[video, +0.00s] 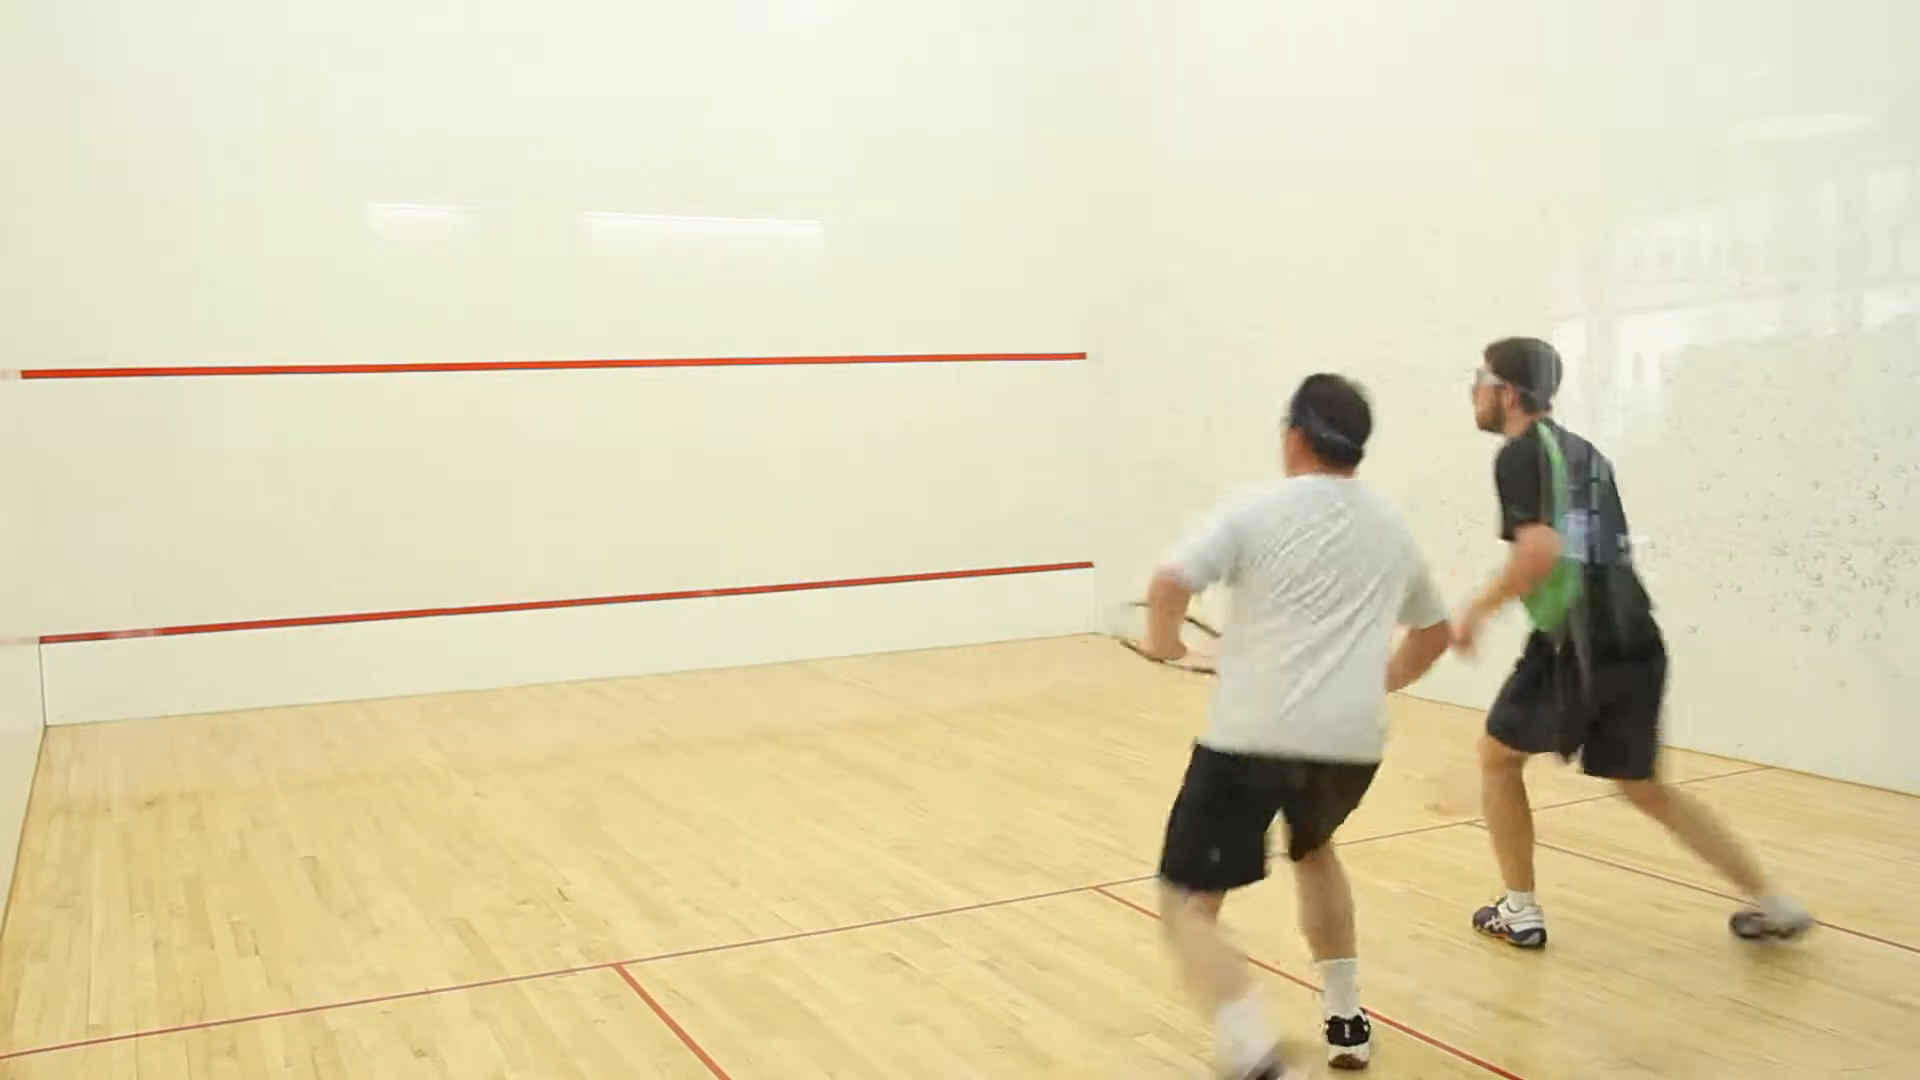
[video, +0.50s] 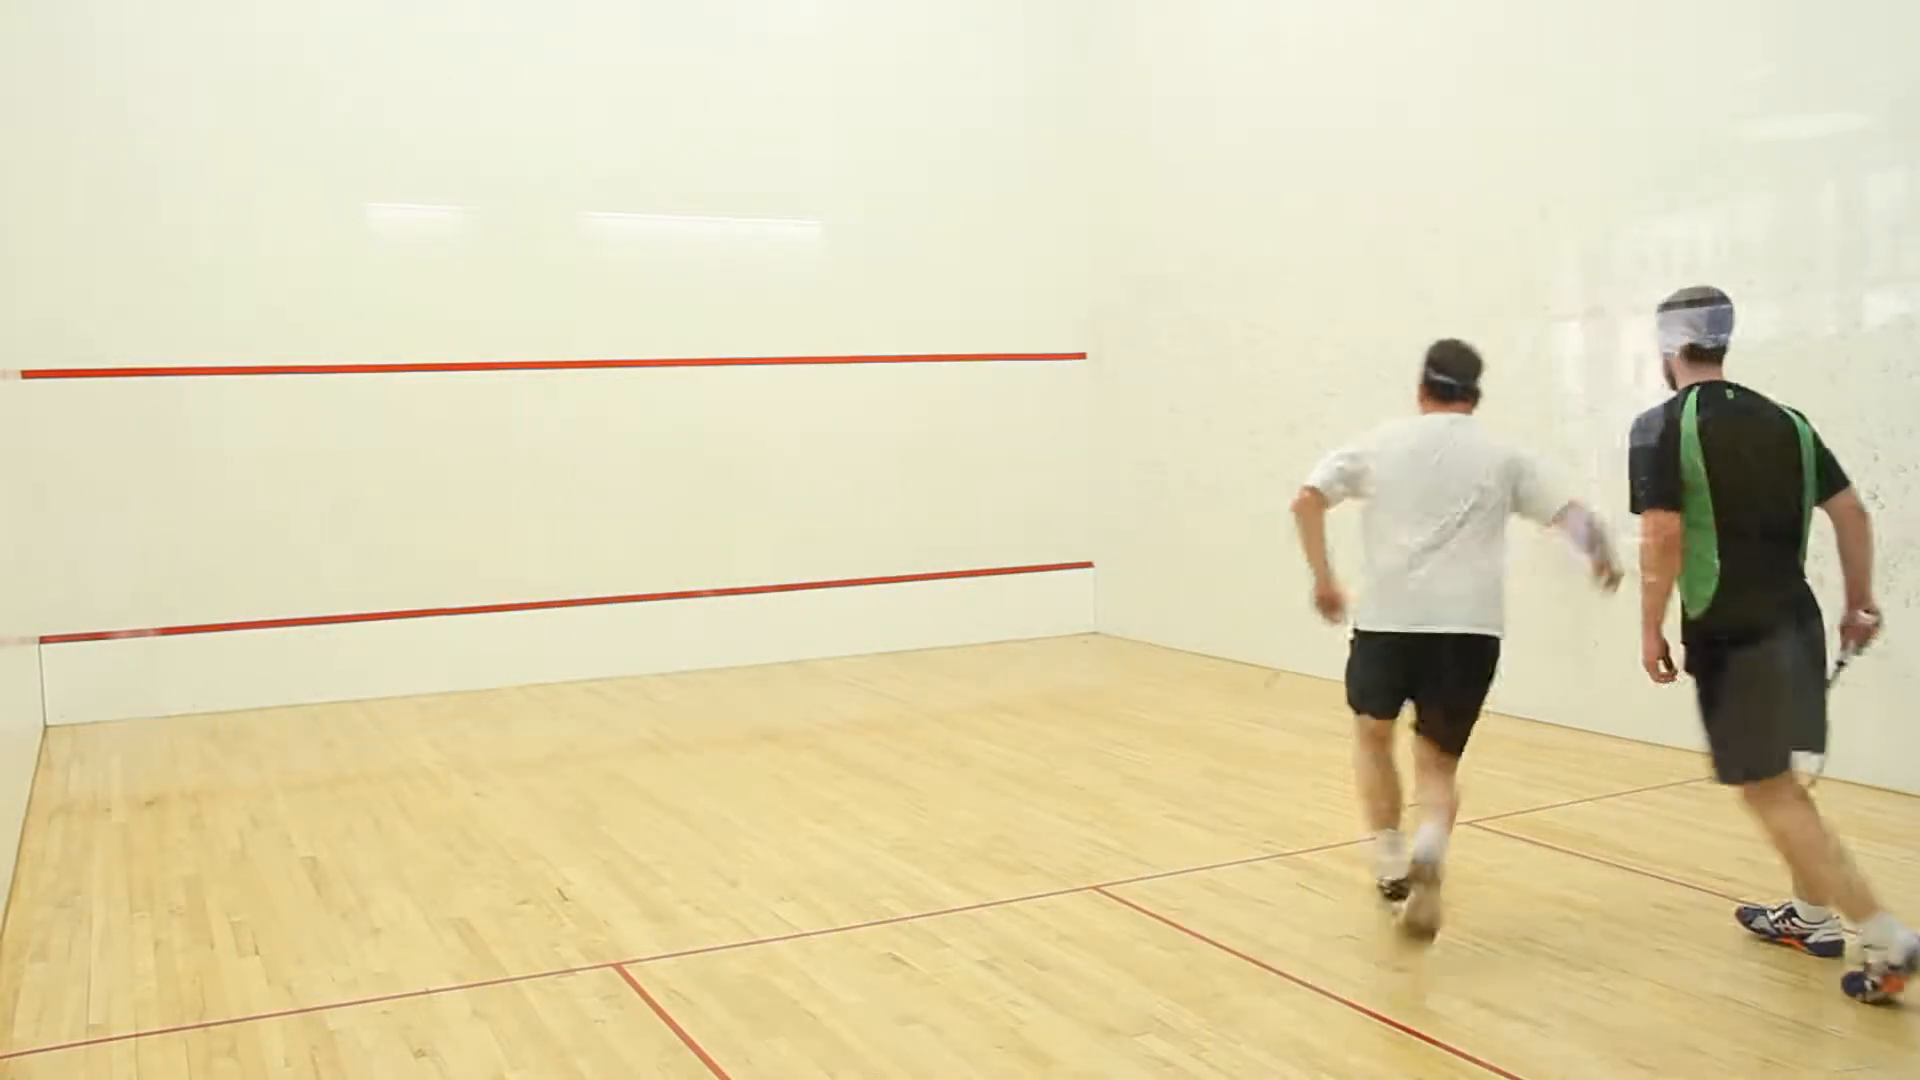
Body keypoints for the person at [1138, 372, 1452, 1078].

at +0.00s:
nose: (1283, 439)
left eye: (1286, 428)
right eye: (1288, 428)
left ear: (1297, 437)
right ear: (1359, 447)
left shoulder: (1259, 508)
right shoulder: (1388, 527)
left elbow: (1170, 581)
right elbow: (1434, 632)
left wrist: (1163, 642)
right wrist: (1380, 680)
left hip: (1250, 741)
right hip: (1349, 744)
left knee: (1188, 904)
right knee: (1313, 847)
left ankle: (1252, 1048)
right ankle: (1346, 1016)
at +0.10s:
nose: (1312, 429)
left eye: (1315, 419)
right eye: (1320, 420)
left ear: (1324, 426)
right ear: (1386, 438)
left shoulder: (1274, 493)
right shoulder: (1413, 519)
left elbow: (1189, 578)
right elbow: (1463, 631)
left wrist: (1199, 650)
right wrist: (1427, 693)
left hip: (1282, 717)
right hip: (1379, 722)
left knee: (1258, 866)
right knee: (1340, 829)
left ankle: (1333, 1011)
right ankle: (1353, 976)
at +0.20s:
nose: (1335, 429)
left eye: (1338, 420)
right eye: (1349, 421)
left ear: (1342, 425)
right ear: (1405, 436)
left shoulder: (1297, 494)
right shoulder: (1435, 507)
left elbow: (1239, 583)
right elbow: (1489, 615)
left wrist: (1290, 602)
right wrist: (1468, 684)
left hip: (1315, 712)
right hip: (1409, 712)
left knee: (1309, 875)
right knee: (1381, 793)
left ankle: (1353, 1026)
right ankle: (1392, 940)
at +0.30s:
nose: (1365, 418)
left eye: (1366, 408)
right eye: (1381, 410)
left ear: (1370, 412)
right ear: (1429, 419)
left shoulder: (1325, 479)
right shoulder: (1462, 489)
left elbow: (1269, 560)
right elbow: (1517, 590)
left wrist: (1312, 591)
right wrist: (1505, 661)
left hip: (1335, 681)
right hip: (1424, 684)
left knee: (1334, 821)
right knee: (1411, 812)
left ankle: (1330, 938)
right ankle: (1396, 960)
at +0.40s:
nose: (1393, 405)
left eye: (1393, 396)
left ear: (1395, 399)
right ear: (1455, 403)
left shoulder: (1363, 457)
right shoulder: (1486, 469)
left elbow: (1281, 511)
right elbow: (1544, 551)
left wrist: (1293, 587)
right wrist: (1555, 626)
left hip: (1360, 647)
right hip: (1443, 654)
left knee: (1355, 773)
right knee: (1422, 806)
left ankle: (1339, 882)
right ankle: (1395, 945)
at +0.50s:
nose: (1434, 397)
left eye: (1428, 386)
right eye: (1462, 393)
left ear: (1422, 389)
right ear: (1476, 396)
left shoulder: (1384, 444)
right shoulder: (1499, 455)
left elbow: (1306, 503)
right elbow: (1575, 515)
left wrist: (1324, 580)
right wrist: (1604, 557)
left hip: (1386, 629)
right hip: (1469, 635)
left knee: (1374, 738)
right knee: (1439, 759)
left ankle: (1391, 861)